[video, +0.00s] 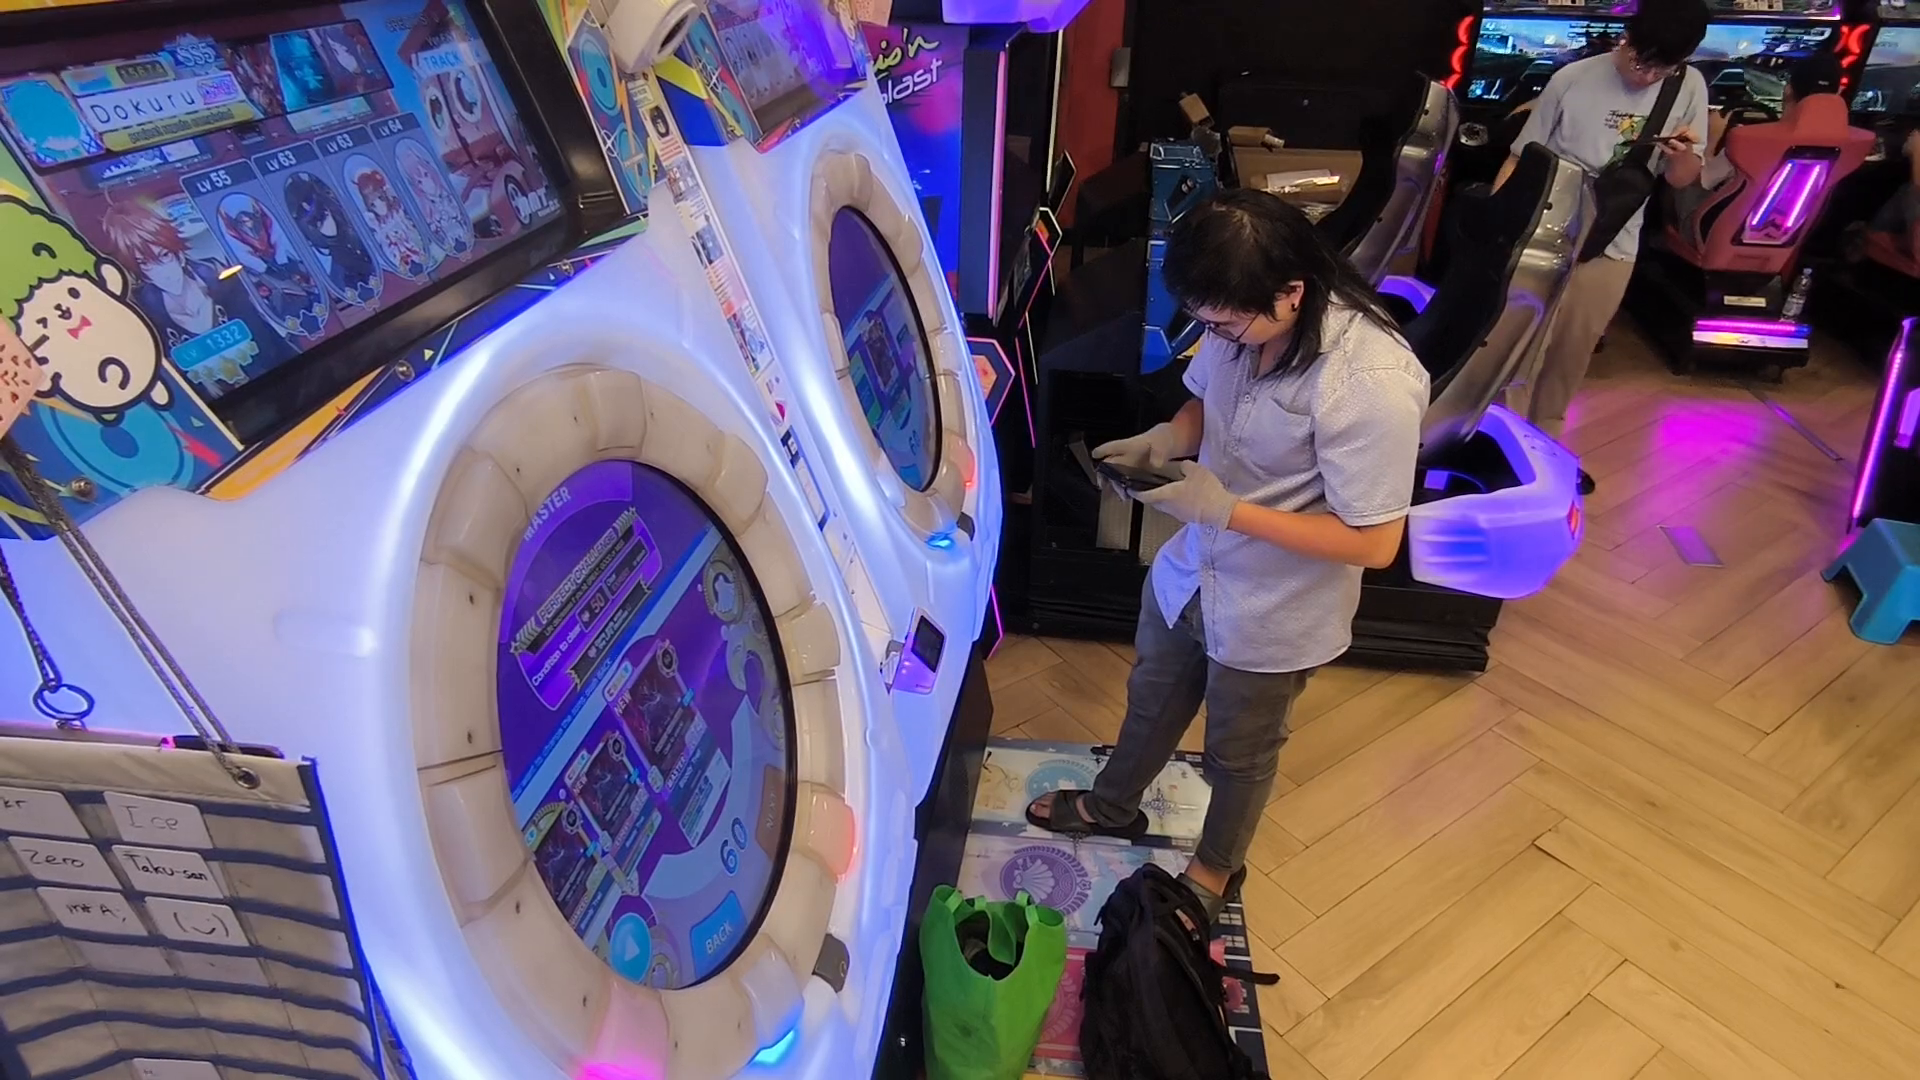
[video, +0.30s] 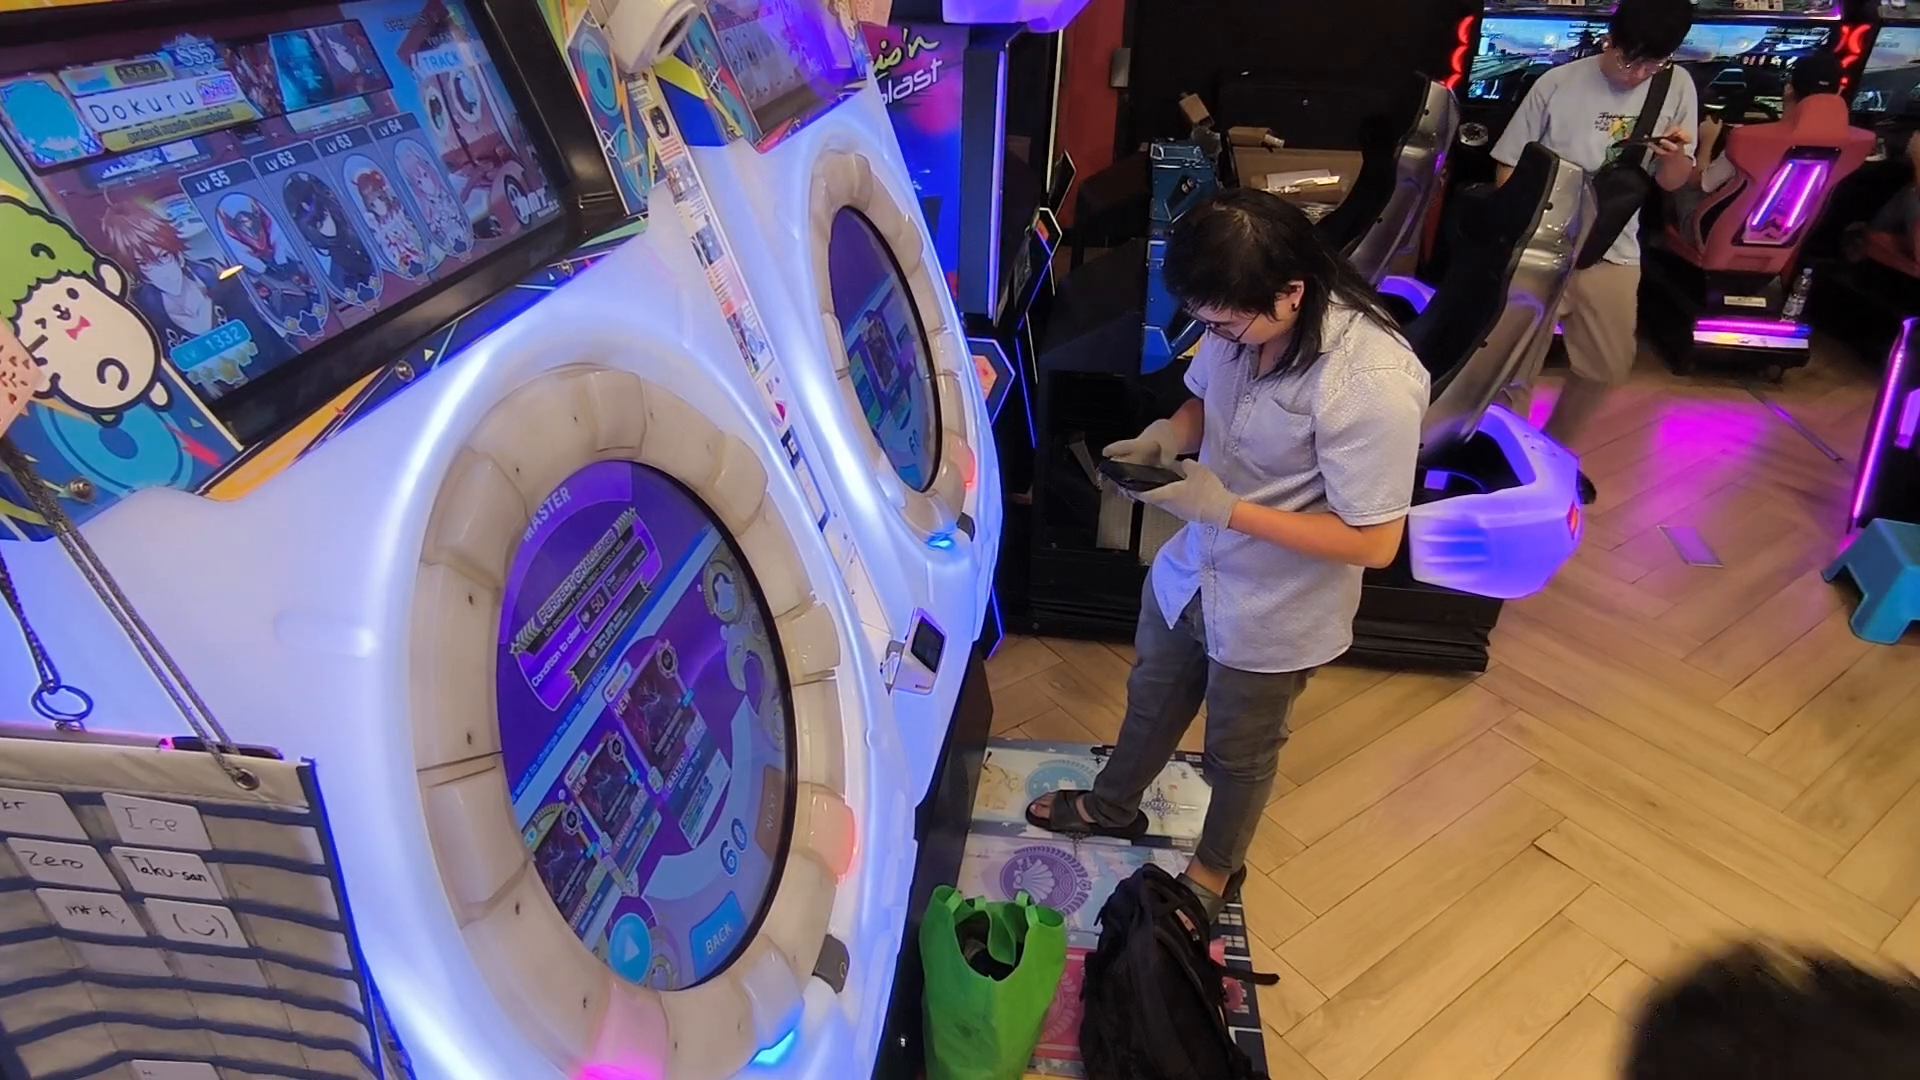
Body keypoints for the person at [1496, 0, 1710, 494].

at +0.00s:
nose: (1649, 75)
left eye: (1663, 68)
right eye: (1642, 61)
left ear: (1680, 57)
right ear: (1625, 38)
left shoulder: (1687, 87)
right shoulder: (1572, 80)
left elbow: (1684, 178)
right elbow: (1520, 158)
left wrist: (1681, 158)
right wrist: (1488, 223)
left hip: (1610, 255)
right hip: (1541, 239)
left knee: (1569, 361)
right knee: (1503, 346)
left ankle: (1540, 452)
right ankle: (1457, 438)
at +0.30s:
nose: (1639, 73)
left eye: (1653, 63)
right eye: (1631, 59)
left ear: (1668, 55)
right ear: (1609, 39)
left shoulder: (1675, 86)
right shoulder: (1556, 86)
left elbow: (1674, 180)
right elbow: (1509, 173)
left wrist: (1674, 159)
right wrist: (1511, 248)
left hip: (1613, 259)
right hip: (1541, 250)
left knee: (1601, 373)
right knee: (1512, 373)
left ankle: (1551, 462)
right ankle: (1495, 469)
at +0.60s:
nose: (1662, 84)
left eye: (1675, 75)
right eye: (1653, 71)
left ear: (1689, 66)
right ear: (1627, 50)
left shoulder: (1695, 95)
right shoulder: (1574, 94)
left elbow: (1689, 187)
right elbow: (1522, 176)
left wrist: (1691, 178)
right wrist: (1593, 170)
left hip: (1631, 278)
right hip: (1559, 270)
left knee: (1620, 399)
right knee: (1521, 386)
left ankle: (1614, 521)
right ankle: (1490, 500)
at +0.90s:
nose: (1729, 96)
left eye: (1745, 88)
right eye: (1721, 80)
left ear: (1764, 77)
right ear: (1703, 55)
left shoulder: (1768, 110)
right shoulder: (1638, 100)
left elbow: (1743, 217)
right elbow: (1589, 191)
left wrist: (1756, 201)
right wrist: (1663, 182)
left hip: (1684, 294)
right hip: (1606, 280)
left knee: (1648, 422)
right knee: (1548, 397)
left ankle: (1616, 534)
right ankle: (1497, 499)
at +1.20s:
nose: (1783, 99)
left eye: (1801, 92)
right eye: (1778, 81)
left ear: (1826, 87)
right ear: (1760, 55)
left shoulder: (1830, 123)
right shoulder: (1692, 102)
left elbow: (1810, 225)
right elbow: (1618, 197)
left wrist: (1810, 211)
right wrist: (1700, 188)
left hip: (1719, 310)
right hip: (1641, 286)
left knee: (1663, 431)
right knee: (1597, 419)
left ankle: (1618, 534)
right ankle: (1556, 523)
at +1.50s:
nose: (1785, 115)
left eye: (1804, 107)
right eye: (1780, 97)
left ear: (1828, 98)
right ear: (1761, 70)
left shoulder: (1840, 132)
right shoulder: (1696, 121)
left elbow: (1832, 235)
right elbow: (1624, 219)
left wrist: (1820, 227)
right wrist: (1697, 207)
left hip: (1736, 330)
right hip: (1656, 310)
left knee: (1674, 452)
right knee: (1628, 456)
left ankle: (1624, 543)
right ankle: (1586, 592)